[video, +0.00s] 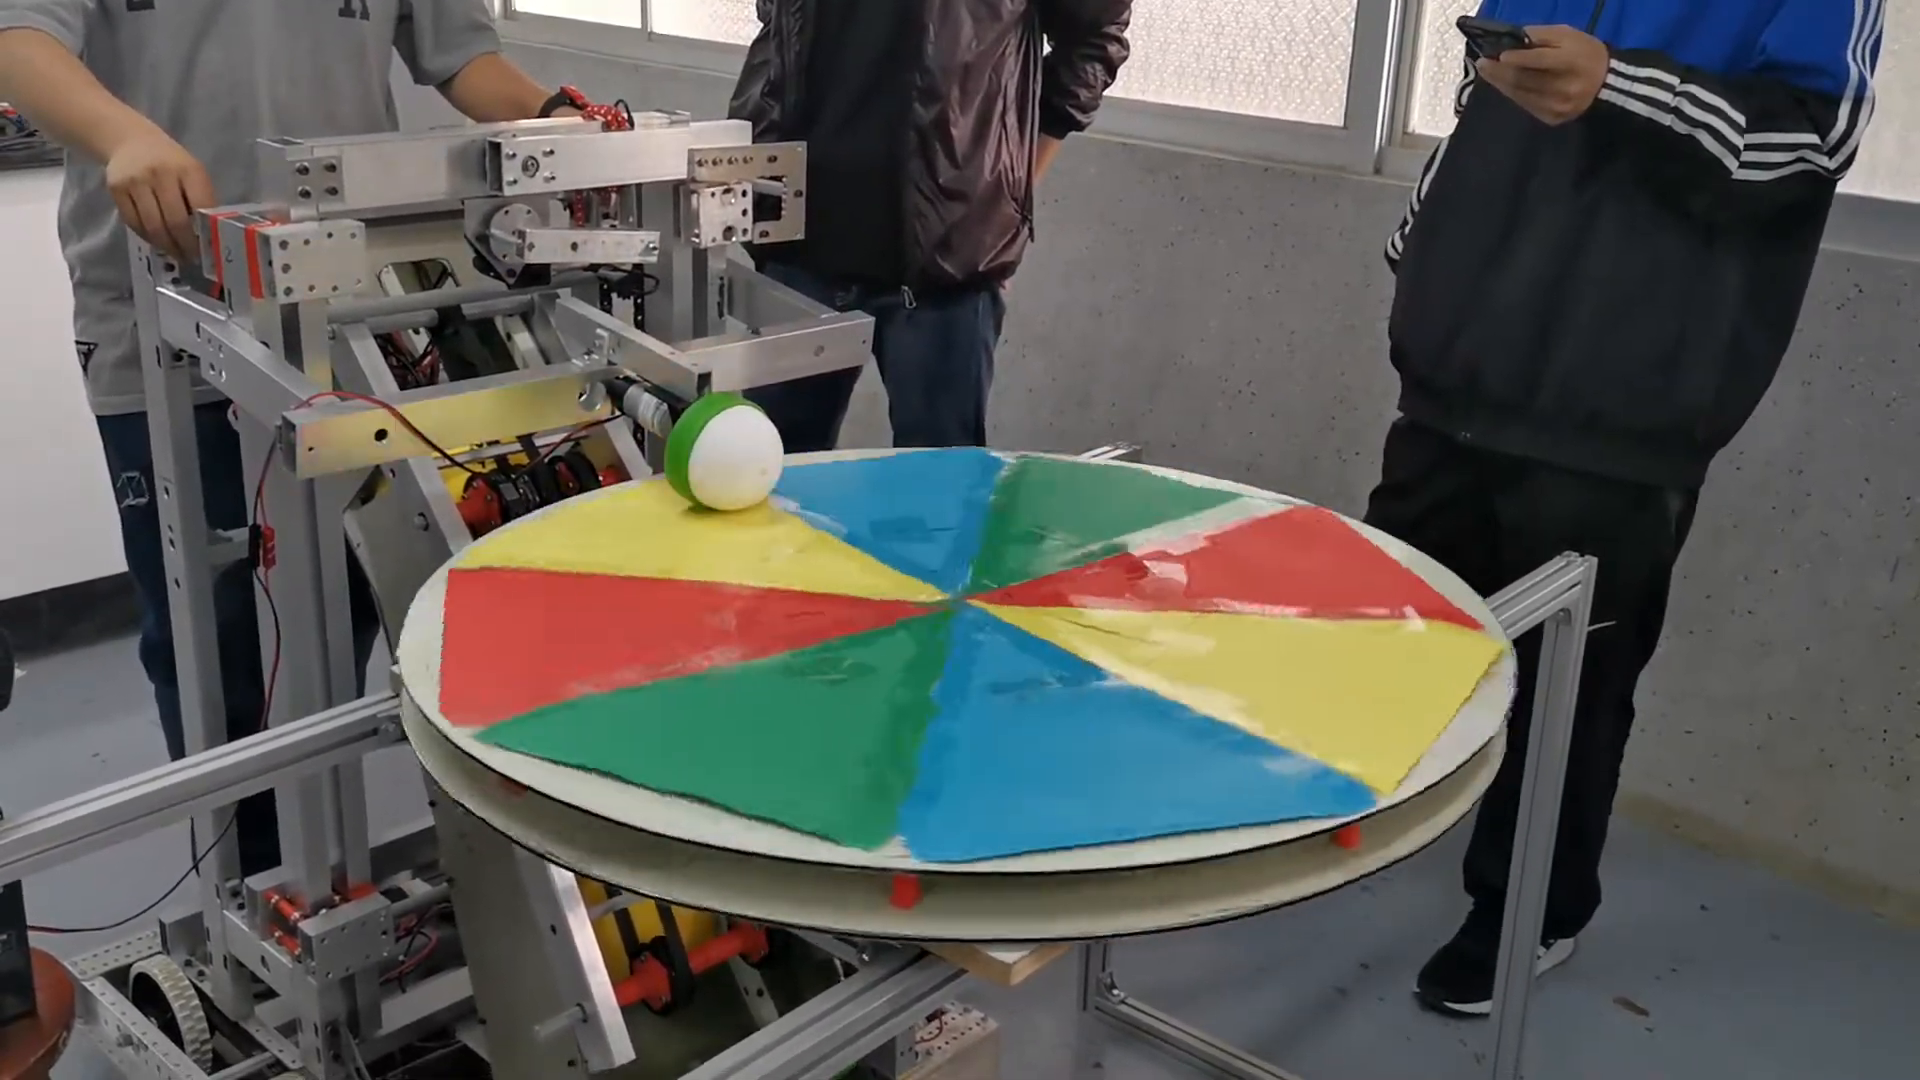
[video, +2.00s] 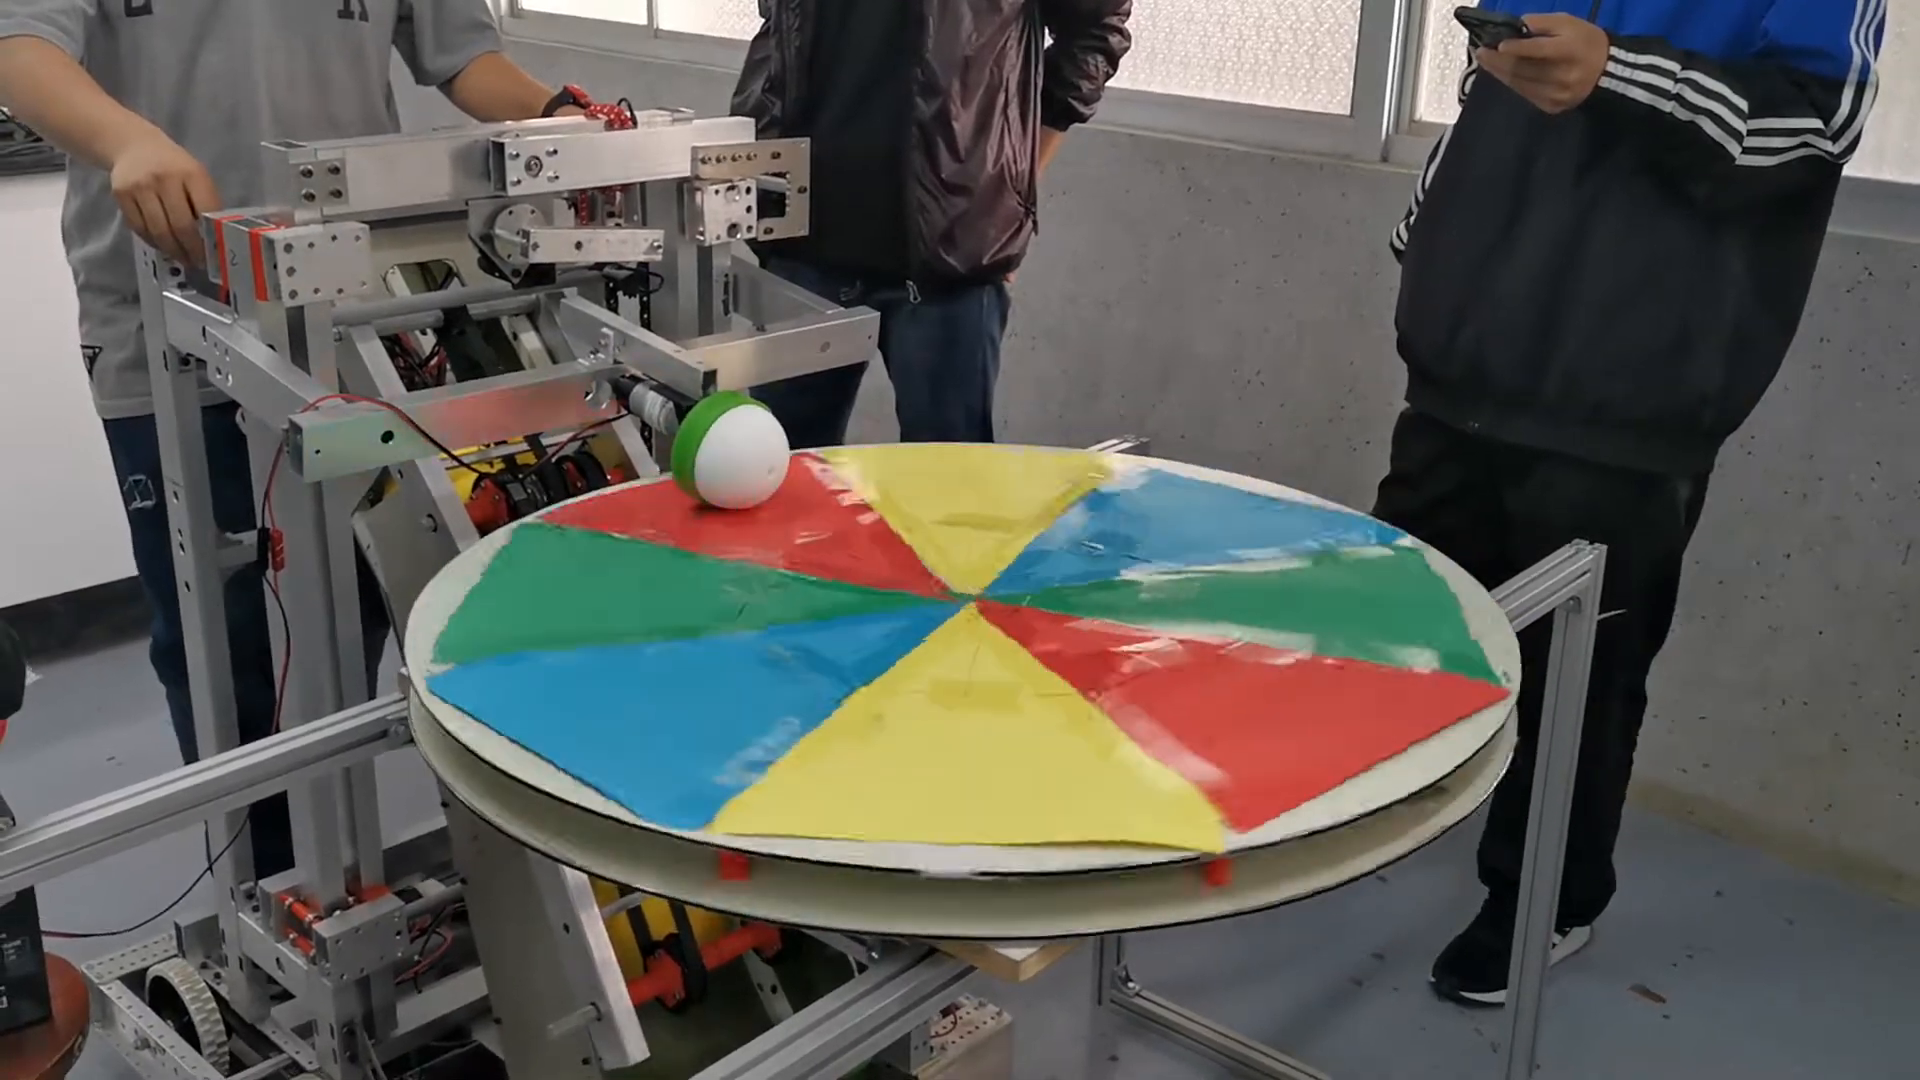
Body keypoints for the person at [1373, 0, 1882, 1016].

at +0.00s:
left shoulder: (1820, 7)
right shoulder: (1539, 6)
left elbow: (1811, 142)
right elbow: (1490, 96)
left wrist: (1612, 85)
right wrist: (1415, 246)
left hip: (1641, 373)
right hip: (1474, 327)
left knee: (1573, 666)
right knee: (1394, 615)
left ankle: (1528, 909)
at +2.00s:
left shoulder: (1818, 10)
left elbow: (1813, 126)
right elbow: (1495, 83)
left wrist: (1611, 72)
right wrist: (1420, 245)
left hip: (1643, 363)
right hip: (1479, 317)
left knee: (1579, 657)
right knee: (1410, 605)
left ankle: (1542, 897)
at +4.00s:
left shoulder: (1820, 7)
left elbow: (1812, 124)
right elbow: (1501, 70)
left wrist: (1612, 60)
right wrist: (1422, 240)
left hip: (1646, 354)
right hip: (1482, 308)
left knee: (1585, 651)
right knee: (1413, 601)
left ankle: (1550, 891)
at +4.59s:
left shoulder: (1830, 8)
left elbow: (1818, 121)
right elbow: (1507, 50)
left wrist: (1617, 57)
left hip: (1653, 350)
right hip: (1489, 303)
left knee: (1589, 649)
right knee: (1415, 597)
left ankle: (1555, 890)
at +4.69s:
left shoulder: (1830, 9)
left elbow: (1821, 120)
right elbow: (1509, 36)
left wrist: (1618, 56)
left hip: (1655, 352)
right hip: (1489, 304)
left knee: (1590, 650)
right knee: (1415, 596)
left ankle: (1555, 891)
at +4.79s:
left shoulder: (1834, 9)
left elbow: (1819, 122)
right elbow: (1510, 42)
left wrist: (1620, 56)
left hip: (1657, 352)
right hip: (1491, 304)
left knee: (1593, 649)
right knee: (1414, 599)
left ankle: (1557, 891)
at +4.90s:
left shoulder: (1834, 10)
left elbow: (1825, 120)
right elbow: (1511, 49)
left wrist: (1622, 55)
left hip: (1656, 352)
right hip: (1491, 304)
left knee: (1593, 649)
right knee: (1416, 600)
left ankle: (1556, 891)